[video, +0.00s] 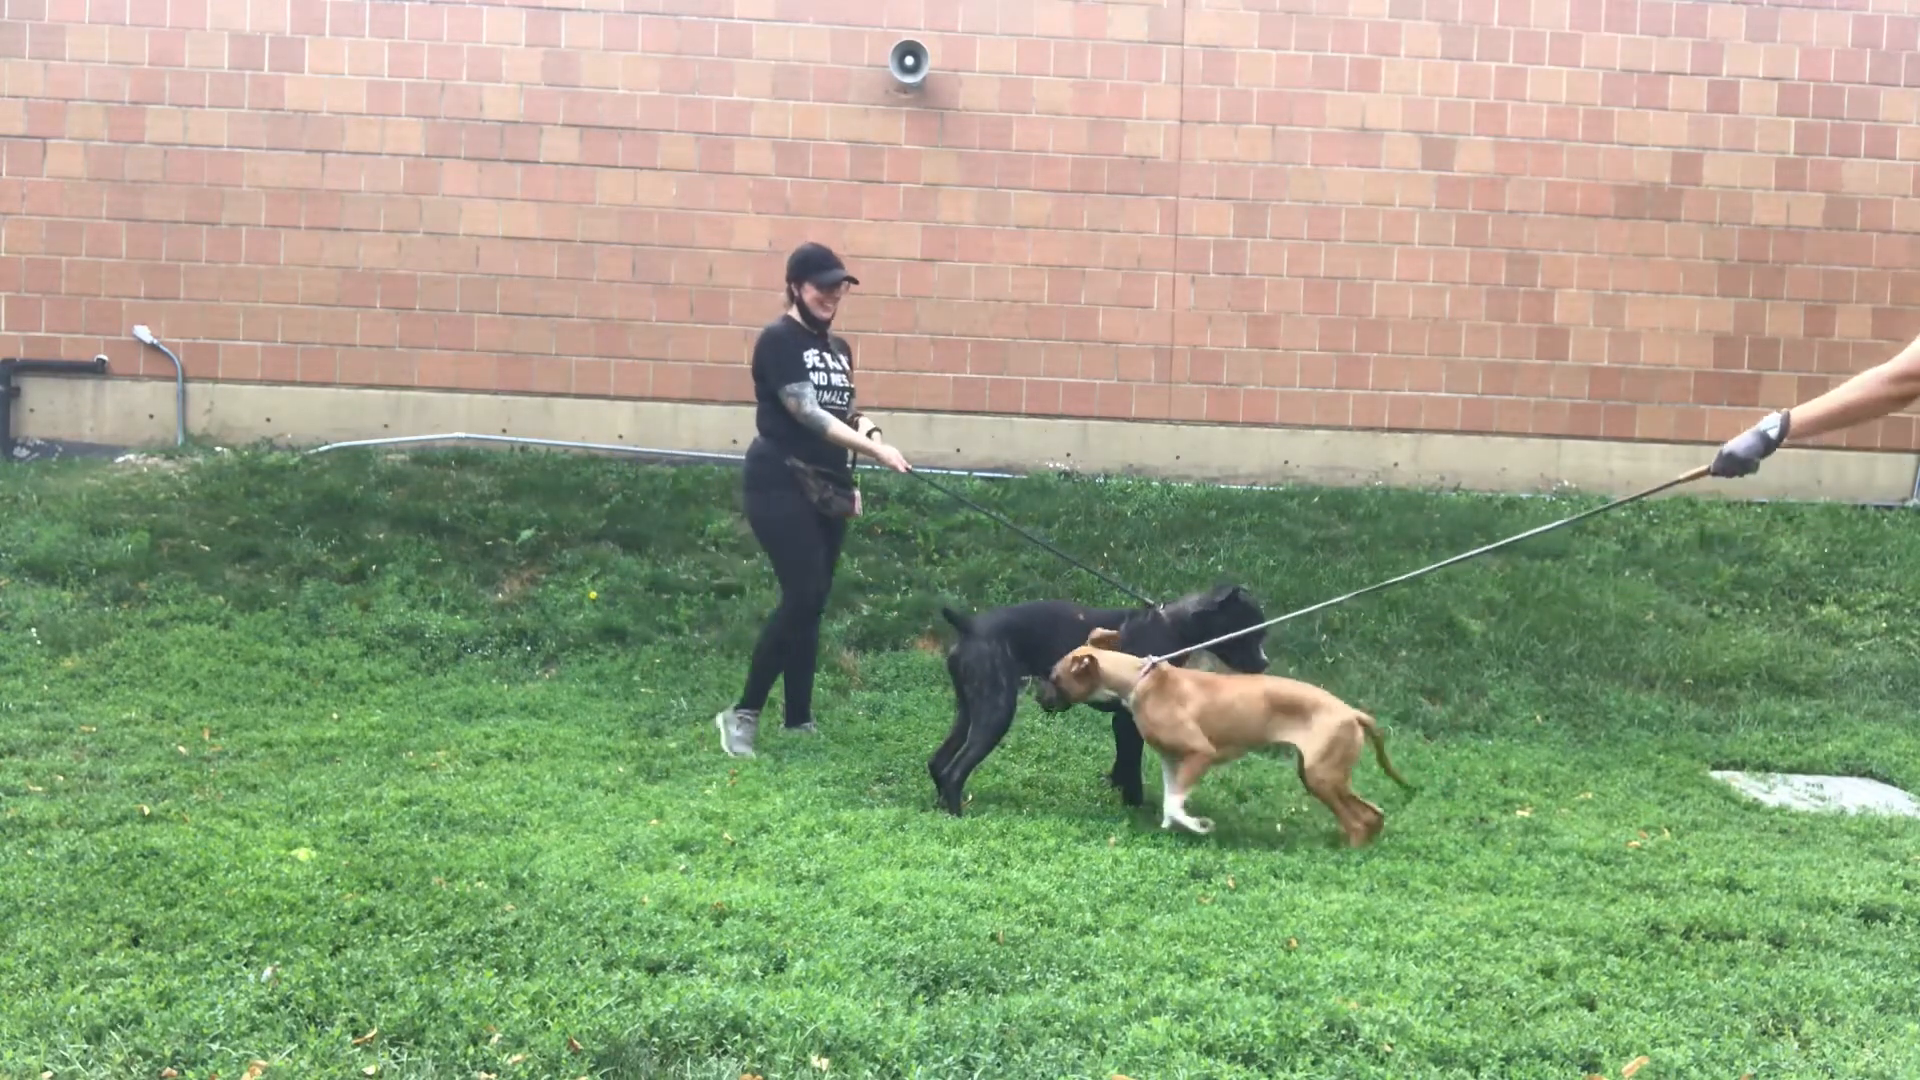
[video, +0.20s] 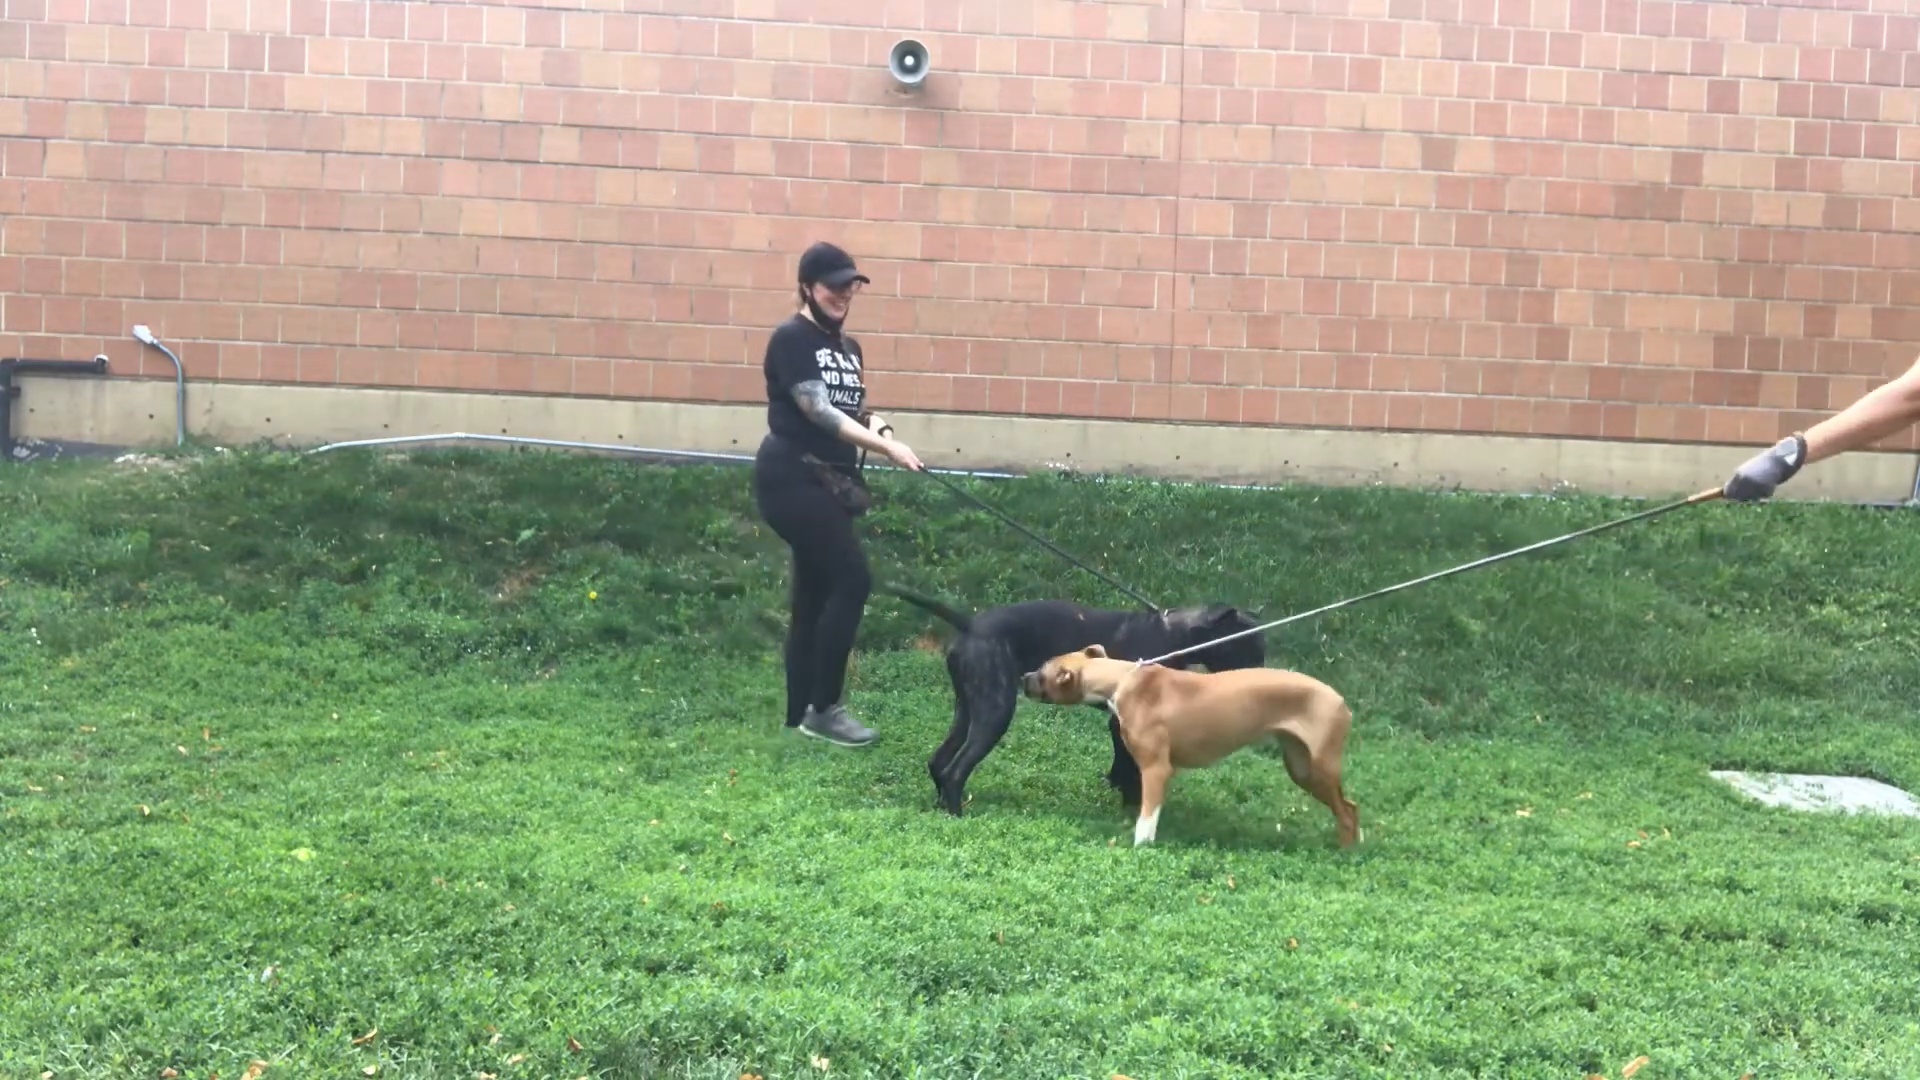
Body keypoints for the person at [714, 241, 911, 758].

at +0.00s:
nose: (833, 296)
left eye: (838, 287)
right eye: (823, 286)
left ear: (843, 291)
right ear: (796, 287)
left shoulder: (839, 349)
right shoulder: (777, 341)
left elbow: (844, 414)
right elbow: (806, 412)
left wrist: (869, 439)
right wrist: (873, 446)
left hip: (828, 483)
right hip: (779, 479)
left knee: (811, 598)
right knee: (804, 592)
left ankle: (798, 724)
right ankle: (743, 715)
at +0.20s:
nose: (844, 296)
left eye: (849, 287)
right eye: (834, 287)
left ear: (854, 288)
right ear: (808, 287)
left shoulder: (849, 347)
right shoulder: (792, 338)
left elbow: (851, 411)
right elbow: (816, 408)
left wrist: (878, 427)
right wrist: (883, 443)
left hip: (830, 479)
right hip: (792, 474)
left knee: (813, 597)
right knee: (853, 578)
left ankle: (799, 718)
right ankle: (824, 708)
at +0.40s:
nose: (861, 300)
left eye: (867, 291)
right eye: (851, 291)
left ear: (872, 292)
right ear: (826, 291)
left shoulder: (859, 347)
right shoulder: (813, 342)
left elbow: (866, 413)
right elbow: (833, 414)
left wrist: (895, 434)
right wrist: (901, 450)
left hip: (845, 482)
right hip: (816, 481)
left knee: (817, 606)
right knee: (874, 590)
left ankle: (799, 722)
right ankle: (899, 717)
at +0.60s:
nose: (885, 304)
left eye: (890, 295)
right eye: (875, 296)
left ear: (895, 296)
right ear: (851, 298)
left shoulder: (876, 346)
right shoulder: (844, 348)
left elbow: (891, 412)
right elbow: (855, 425)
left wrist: (918, 438)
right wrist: (924, 457)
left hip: (858, 482)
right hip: (851, 484)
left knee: (842, 605)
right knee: (886, 603)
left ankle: (800, 721)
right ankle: (904, 725)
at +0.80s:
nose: (914, 302)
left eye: (919, 293)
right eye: (904, 295)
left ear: (923, 295)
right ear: (879, 298)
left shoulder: (905, 345)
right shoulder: (874, 347)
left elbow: (923, 411)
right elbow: (899, 423)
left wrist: (944, 435)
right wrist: (967, 462)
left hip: (896, 480)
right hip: (875, 481)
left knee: (903, 598)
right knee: (902, 601)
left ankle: (826, 702)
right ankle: (904, 726)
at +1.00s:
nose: (943, 300)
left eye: (948, 291)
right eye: (934, 291)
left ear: (951, 293)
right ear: (907, 293)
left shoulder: (929, 343)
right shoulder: (899, 343)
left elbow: (931, 421)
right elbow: (930, 419)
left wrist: (946, 474)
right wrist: (990, 459)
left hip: (930, 480)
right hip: (896, 480)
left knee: (971, 588)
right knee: (910, 599)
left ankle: (895, 681)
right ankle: (905, 722)